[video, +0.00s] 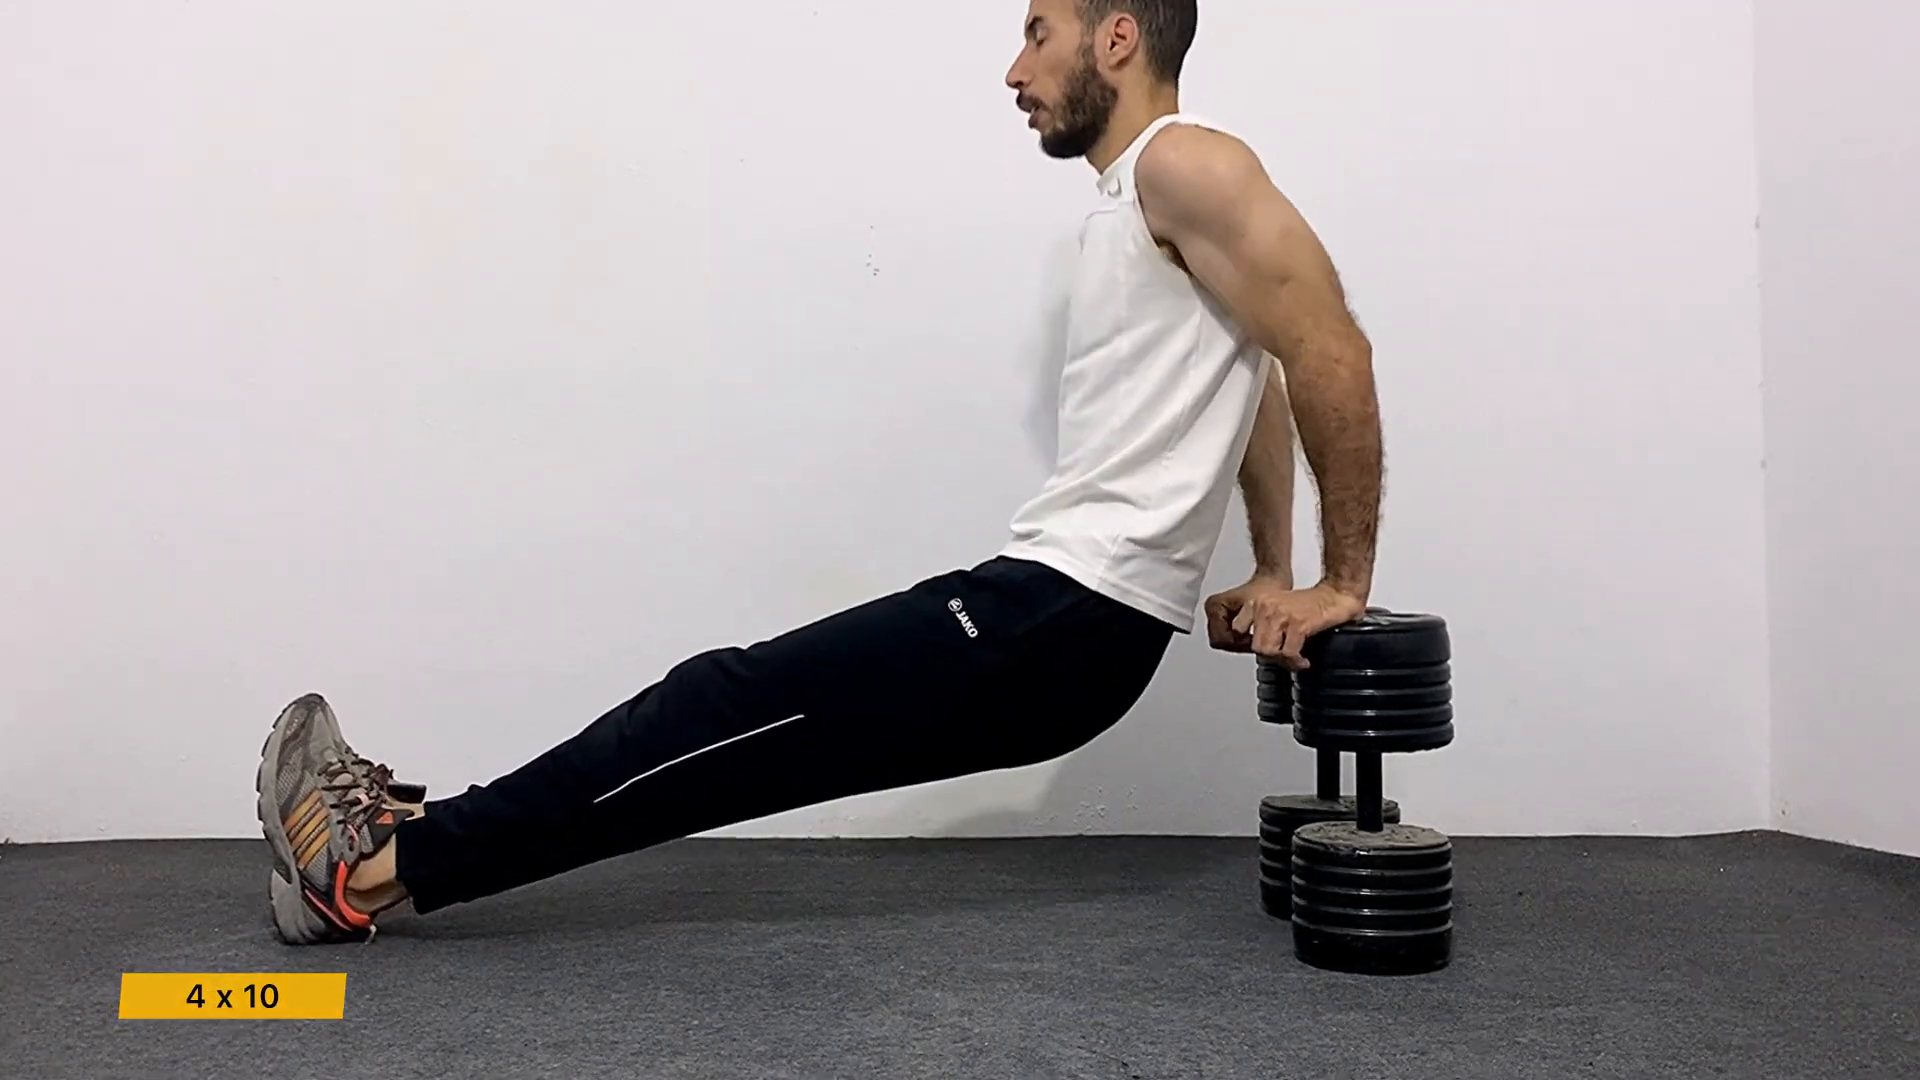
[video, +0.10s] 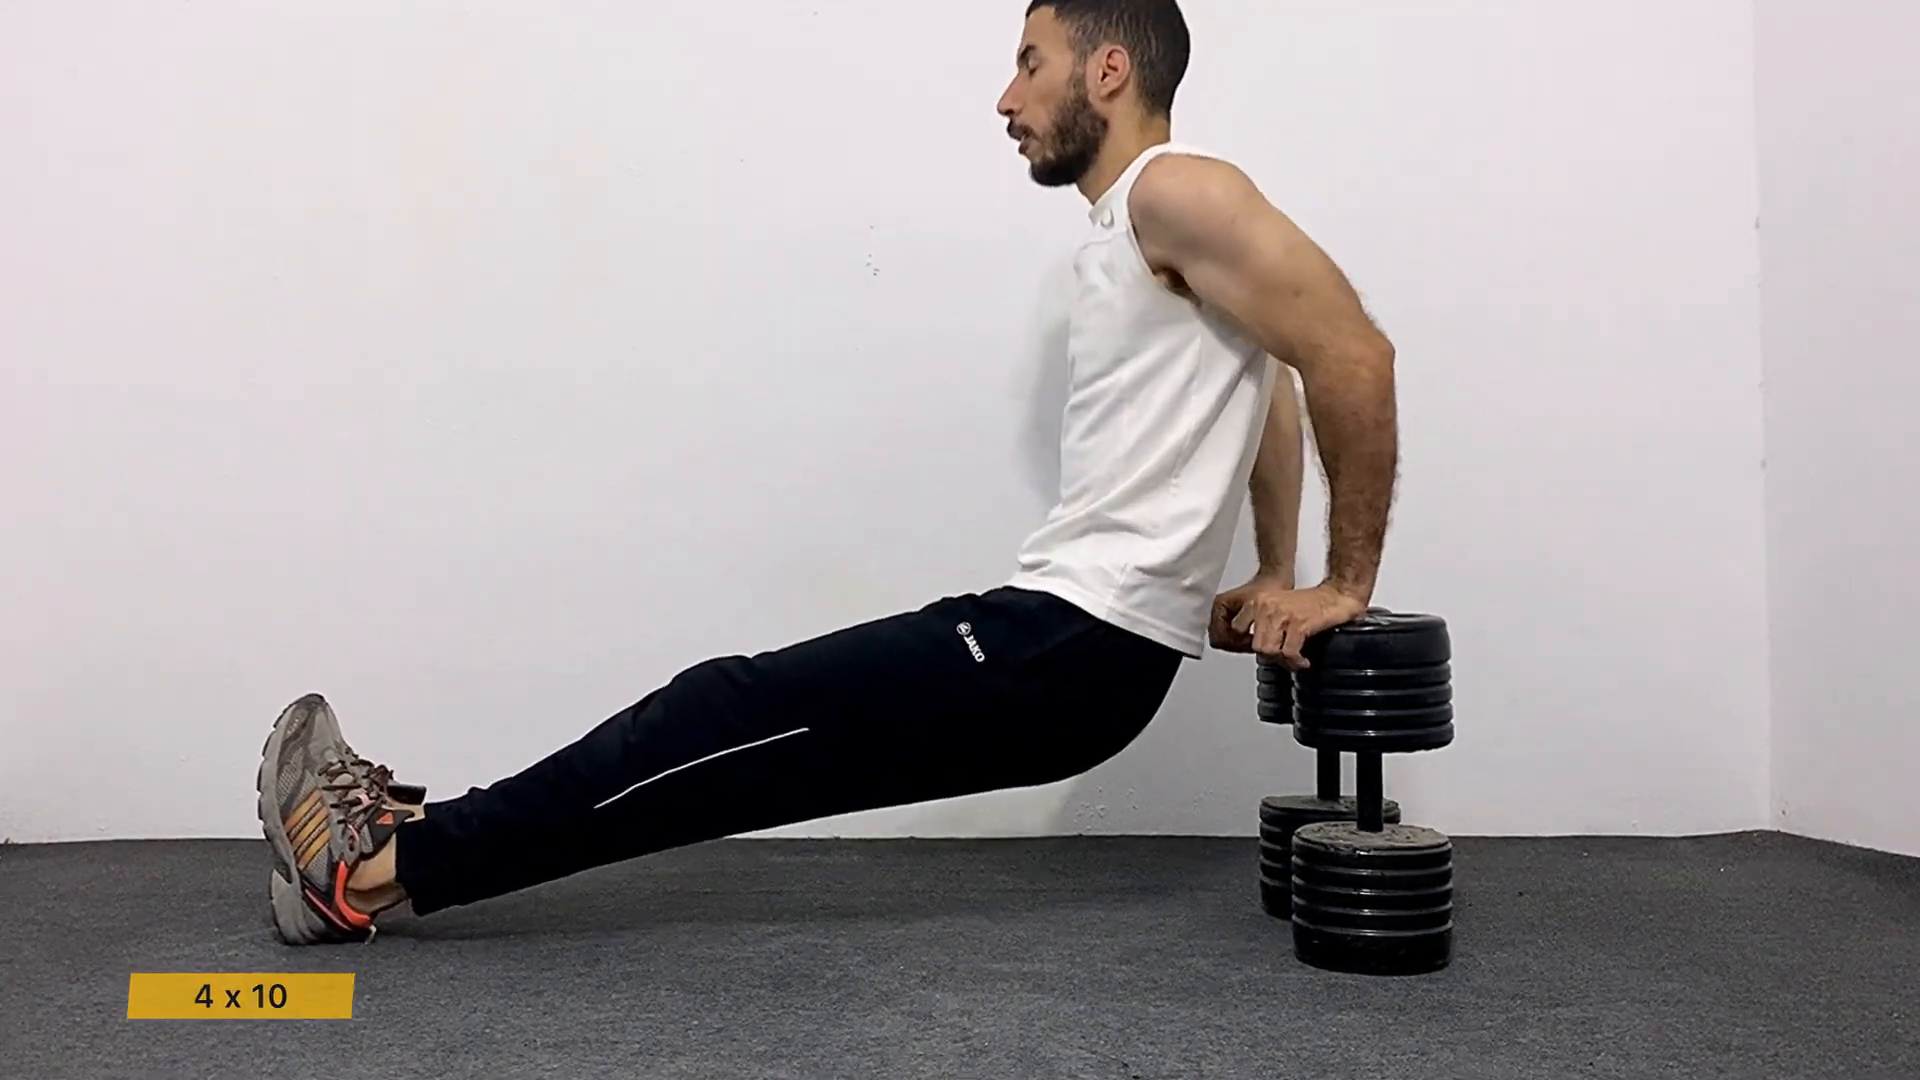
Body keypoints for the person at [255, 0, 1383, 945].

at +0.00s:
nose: (1015, 66)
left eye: (1036, 36)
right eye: (1021, 39)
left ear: (1120, 40)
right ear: (1109, 46)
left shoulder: (1188, 164)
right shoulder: (1151, 189)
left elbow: (1334, 350)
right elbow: (1262, 389)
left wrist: (1351, 583)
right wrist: (1267, 578)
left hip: (1074, 617)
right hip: (1051, 599)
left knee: (722, 719)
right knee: (715, 707)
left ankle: (388, 874)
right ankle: (414, 843)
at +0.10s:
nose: (1009, 93)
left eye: (1032, 63)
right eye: (1015, 66)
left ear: (1114, 70)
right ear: (1105, 77)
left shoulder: (1182, 194)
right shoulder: (1142, 223)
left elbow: (1354, 353)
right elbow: (1276, 400)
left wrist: (1356, 585)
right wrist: (1271, 578)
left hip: (1084, 642)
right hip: (1060, 628)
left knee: (719, 726)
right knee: (716, 718)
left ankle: (392, 872)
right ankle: (415, 846)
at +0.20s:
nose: (996, 127)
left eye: (1022, 97)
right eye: (1004, 98)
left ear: (1108, 109)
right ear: (1101, 115)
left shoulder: (1168, 228)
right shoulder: (1139, 257)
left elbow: (1375, 363)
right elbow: (1291, 403)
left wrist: (1351, 589)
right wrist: (1273, 583)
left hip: (1091, 675)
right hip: (1071, 664)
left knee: (730, 730)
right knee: (731, 729)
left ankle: (386, 877)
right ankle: (415, 847)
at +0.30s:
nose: (990, 166)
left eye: (1012, 134)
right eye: (996, 136)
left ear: (1097, 146)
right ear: (1098, 151)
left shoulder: (1165, 269)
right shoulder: (1137, 283)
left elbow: (1389, 364)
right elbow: (1304, 380)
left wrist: (1351, 587)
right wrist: (1279, 575)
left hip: (1096, 711)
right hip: (1075, 696)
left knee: (732, 732)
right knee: (731, 749)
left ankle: (393, 871)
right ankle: (414, 854)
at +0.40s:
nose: (985, 201)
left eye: (1006, 168)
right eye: (990, 172)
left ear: (1093, 175)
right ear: (1097, 180)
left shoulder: (1156, 301)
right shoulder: (1135, 304)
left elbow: (1397, 369)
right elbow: (1302, 378)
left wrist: (1354, 588)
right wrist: (1283, 573)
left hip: (1099, 737)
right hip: (1079, 723)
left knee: (737, 736)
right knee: (733, 760)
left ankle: (387, 878)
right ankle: (422, 849)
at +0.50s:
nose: (973, 227)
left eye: (996, 195)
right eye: (980, 199)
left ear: (1083, 202)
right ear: (1086, 206)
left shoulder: (1144, 323)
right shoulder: (1128, 322)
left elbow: (1395, 374)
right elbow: (1301, 378)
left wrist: (1347, 588)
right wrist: (1275, 566)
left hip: (1094, 758)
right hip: (1079, 744)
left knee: (733, 735)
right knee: (728, 783)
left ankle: (384, 868)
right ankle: (407, 855)